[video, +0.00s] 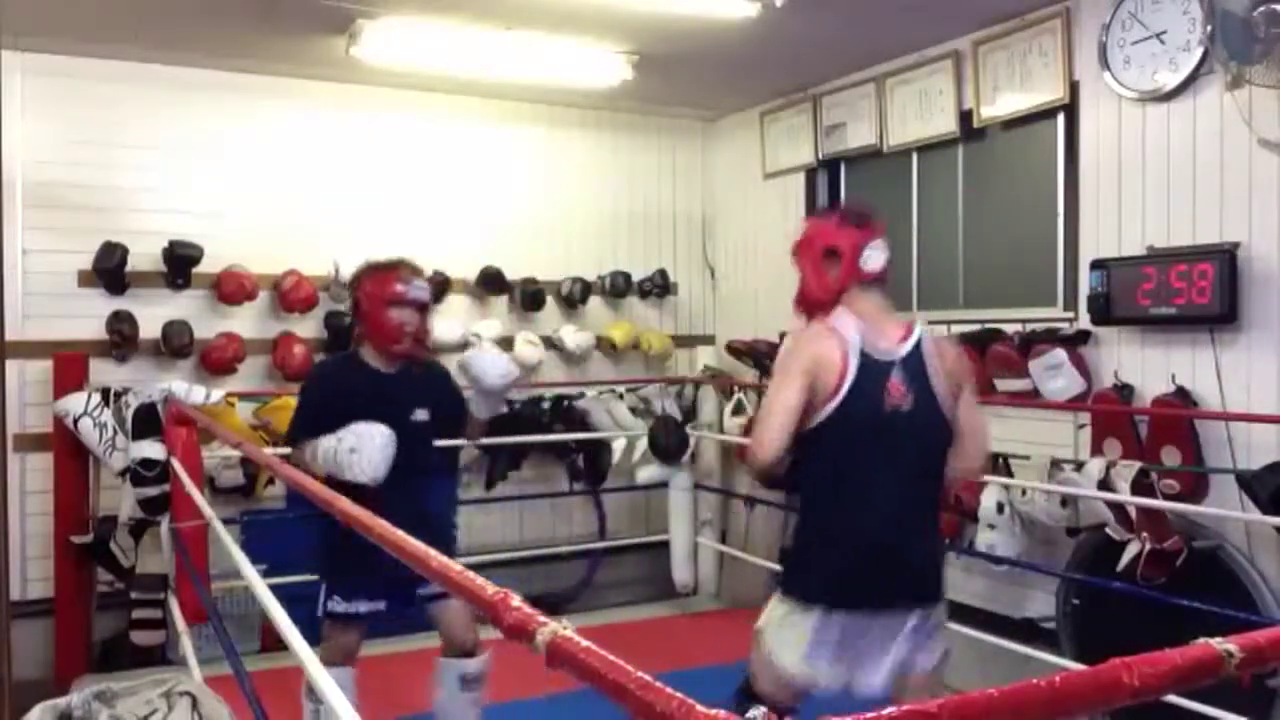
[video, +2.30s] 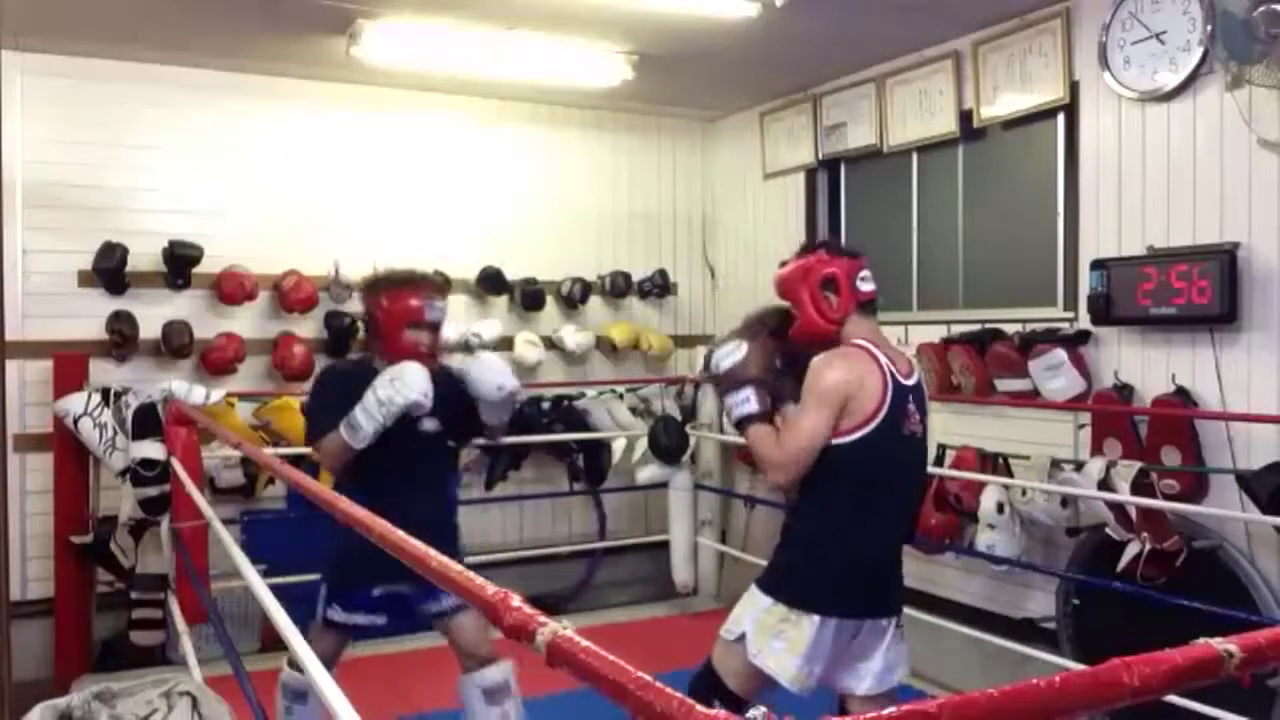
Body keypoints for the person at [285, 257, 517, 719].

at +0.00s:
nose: (410, 319)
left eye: (417, 308)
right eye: (397, 307)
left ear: (426, 314)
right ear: (366, 313)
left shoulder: (433, 378)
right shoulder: (330, 379)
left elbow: (467, 442)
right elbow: (299, 455)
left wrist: (487, 400)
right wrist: (332, 451)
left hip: (427, 536)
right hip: (352, 539)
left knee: (464, 639)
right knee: (341, 647)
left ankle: (459, 712)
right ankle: (319, 714)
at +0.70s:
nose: (433, 333)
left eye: (439, 323)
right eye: (421, 321)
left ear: (446, 329)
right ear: (388, 325)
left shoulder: (440, 388)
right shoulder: (350, 393)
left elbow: (448, 463)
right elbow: (331, 474)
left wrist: (486, 451)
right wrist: (399, 451)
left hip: (440, 554)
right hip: (374, 559)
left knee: (474, 663)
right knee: (350, 667)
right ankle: (322, 715)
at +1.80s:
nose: (446, 339)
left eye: (453, 329)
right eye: (434, 327)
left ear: (460, 334)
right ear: (401, 330)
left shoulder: (468, 384)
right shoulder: (362, 388)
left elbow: (507, 427)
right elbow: (350, 467)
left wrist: (533, 407)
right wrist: (396, 414)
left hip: (456, 561)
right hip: (384, 563)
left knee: (499, 662)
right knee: (350, 663)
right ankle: (311, 711)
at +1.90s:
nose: (461, 339)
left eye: (469, 327)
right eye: (449, 327)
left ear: (476, 328)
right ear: (414, 327)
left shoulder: (490, 376)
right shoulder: (375, 380)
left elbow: (556, 373)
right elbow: (364, 455)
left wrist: (596, 358)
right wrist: (395, 396)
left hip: (461, 551)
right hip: (387, 550)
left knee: (495, 662)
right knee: (340, 662)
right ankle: (308, 715)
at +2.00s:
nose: (464, 341)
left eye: (472, 329)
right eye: (452, 328)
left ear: (480, 331)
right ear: (416, 327)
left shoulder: (486, 379)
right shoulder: (378, 385)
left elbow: (545, 379)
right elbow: (359, 462)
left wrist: (590, 358)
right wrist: (390, 403)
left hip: (463, 553)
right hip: (389, 552)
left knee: (501, 669)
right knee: (335, 666)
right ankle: (306, 708)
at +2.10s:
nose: (457, 360)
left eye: (466, 348)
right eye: (446, 346)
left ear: (476, 352)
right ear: (413, 344)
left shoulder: (481, 402)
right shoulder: (372, 401)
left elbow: (526, 443)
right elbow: (344, 477)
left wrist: (544, 409)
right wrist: (375, 423)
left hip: (466, 563)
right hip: (392, 565)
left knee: (516, 670)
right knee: (338, 668)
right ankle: (304, 710)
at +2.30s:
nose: (427, 340)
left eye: (434, 329)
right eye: (416, 328)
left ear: (442, 330)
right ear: (382, 325)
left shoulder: (444, 383)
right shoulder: (342, 380)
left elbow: (486, 432)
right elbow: (329, 456)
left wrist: (496, 402)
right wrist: (377, 406)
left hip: (434, 550)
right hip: (360, 551)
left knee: (481, 649)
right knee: (321, 653)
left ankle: (498, 713)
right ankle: (294, 712)